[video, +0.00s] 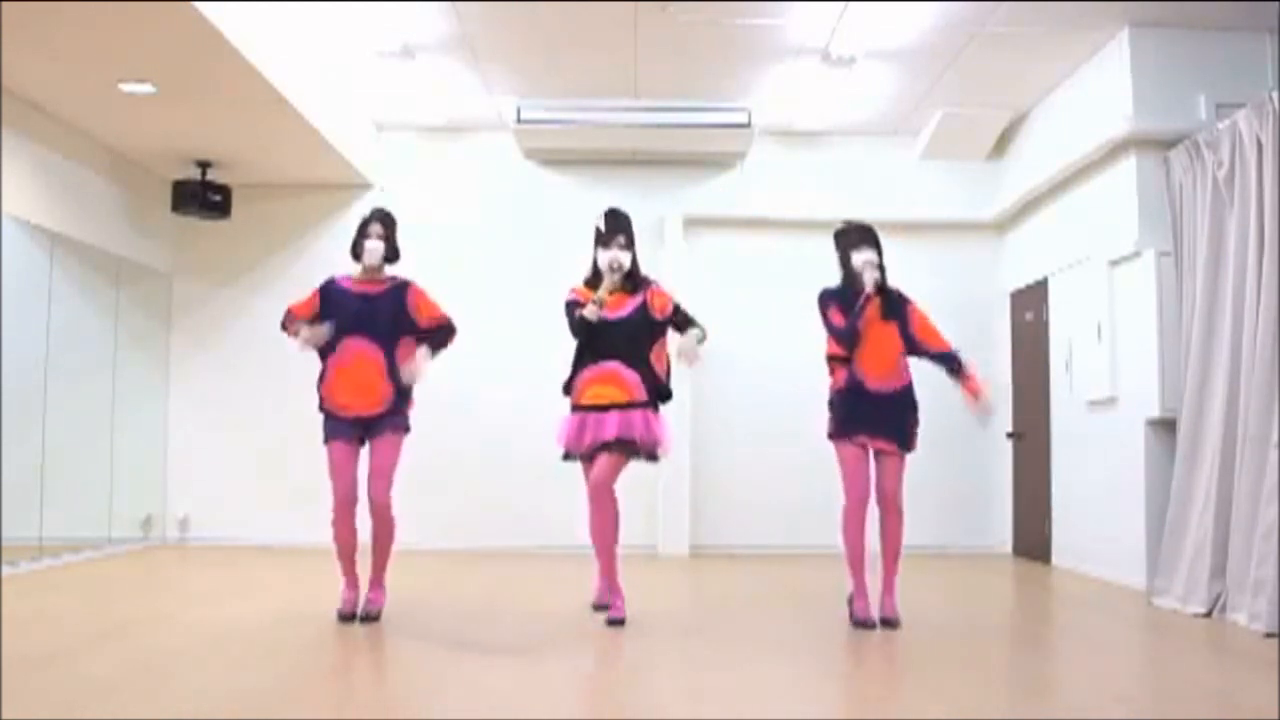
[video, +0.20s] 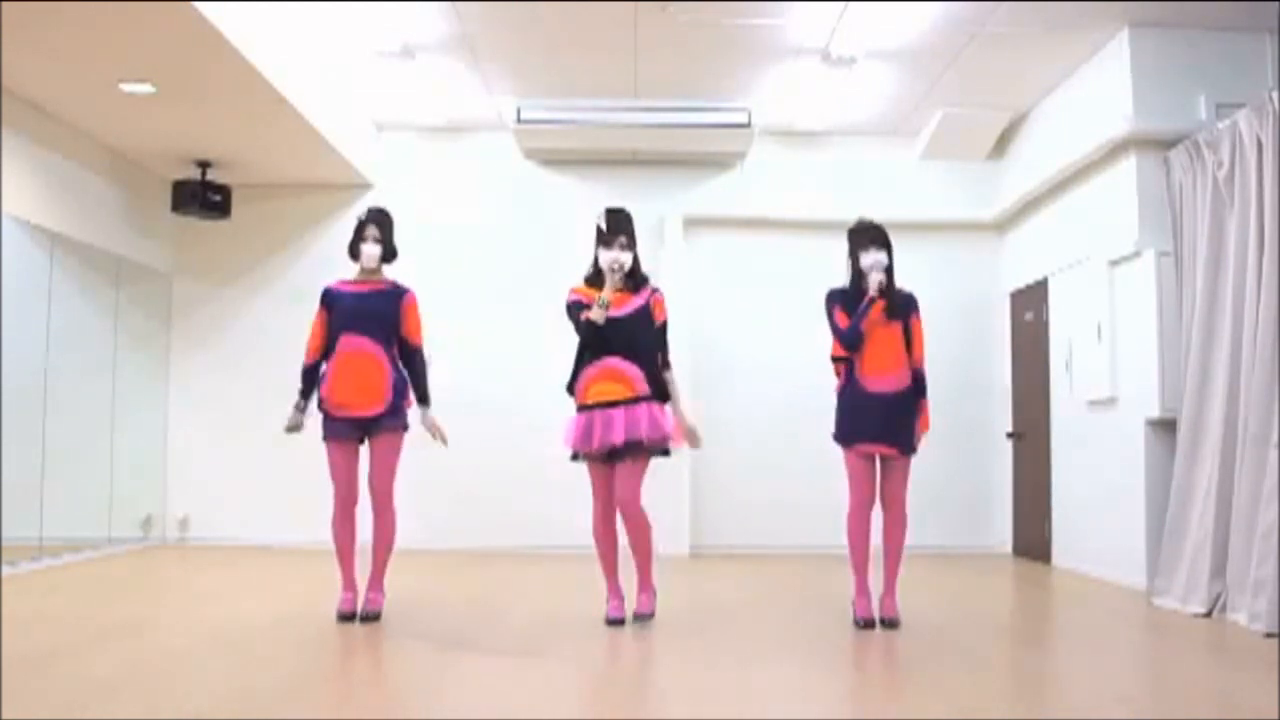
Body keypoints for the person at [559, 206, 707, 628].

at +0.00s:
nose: (615, 257)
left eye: (622, 248)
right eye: (607, 249)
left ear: (633, 252)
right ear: (596, 252)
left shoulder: (651, 296)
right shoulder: (581, 295)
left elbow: (694, 329)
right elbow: (578, 328)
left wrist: (687, 342)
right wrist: (595, 305)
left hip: (632, 401)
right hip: (589, 401)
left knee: (600, 482)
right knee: (595, 489)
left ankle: (607, 582)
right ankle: (610, 587)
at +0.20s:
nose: (617, 257)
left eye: (624, 249)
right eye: (610, 249)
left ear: (635, 253)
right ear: (597, 252)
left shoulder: (650, 297)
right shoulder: (581, 297)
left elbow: (663, 359)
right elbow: (588, 327)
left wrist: (680, 414)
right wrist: (606, 291)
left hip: (639, 404)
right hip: (595, 406)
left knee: (627, 498)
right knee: (602, 503)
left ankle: (645, 588)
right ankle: (613, 592)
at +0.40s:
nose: (619, 256)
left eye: (627, 247)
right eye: (611, 247)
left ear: (637, 251)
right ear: (598, 251)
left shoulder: (654, 295)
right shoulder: (583, 294)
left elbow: (659, 351)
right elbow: (591, 326)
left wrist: (666, 400)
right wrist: (609, 287)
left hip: (645, 401)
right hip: (599, 401)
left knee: (646, 502)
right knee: (606, 503)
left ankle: (645, 593)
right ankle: (613, 592)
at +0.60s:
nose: (620, 257)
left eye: (628, 248)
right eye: (612, 248)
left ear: (638, 252)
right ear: (600, 253)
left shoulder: (654, 296)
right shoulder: (586, 295)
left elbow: (661, 353)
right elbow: (595, 327)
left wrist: (669, 404)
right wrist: (611, 293)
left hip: (646, 401)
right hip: (601, 402)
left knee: (647, 503)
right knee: (606, 503)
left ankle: (645, 591)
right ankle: (613, 591)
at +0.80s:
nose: (621, 257)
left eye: (628, 249)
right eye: (613, 249)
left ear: (638, 253)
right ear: (601, 253)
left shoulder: (655, 296)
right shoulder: (586, 295)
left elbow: (665, 353)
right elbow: (595, 328)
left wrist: (673, 401)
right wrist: (610, 293)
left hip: (647, 402)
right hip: (602, 402)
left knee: (647, 504)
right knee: (607, 505)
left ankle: (645, 592)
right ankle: (613, 591)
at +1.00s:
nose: (619, 257)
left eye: (627, 248)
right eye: (612, 247)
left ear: (639, 249)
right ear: (601, 249)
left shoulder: (656, 296)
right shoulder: (589, 297)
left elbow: (670, 353)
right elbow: (584, 334)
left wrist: (680, 404)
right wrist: (597, 296)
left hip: (646, 402)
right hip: (601, 404)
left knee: (645, 504)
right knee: (608, 505)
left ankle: (645, 592)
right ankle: (613, 592)